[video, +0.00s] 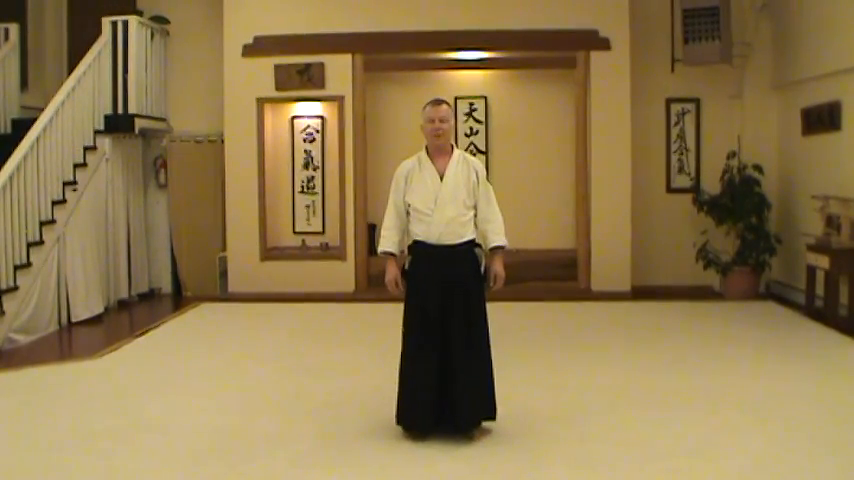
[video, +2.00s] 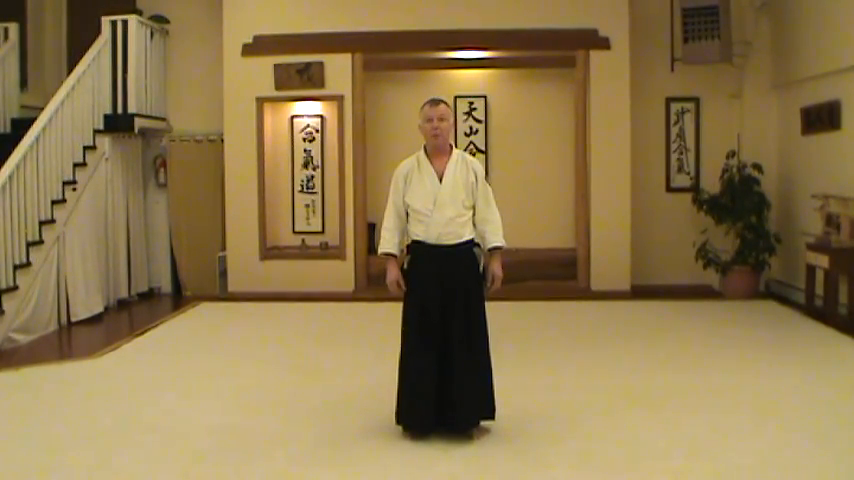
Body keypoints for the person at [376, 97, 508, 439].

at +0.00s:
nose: (437, 126)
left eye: (443, 121)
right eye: (431, 121)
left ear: (453, 125)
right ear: (422, 126)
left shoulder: (471, 166)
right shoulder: (408, 169)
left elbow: (488, 211)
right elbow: (394, 216)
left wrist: (495, 255)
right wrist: (391, 260)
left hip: (463, 259)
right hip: (424, 260)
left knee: (465, 336)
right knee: (423, 337)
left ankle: (466, 416)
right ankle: (420, 417)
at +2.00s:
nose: (435, 126)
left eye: (442, 120)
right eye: (429, 120)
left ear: (453, 124)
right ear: (420, 127)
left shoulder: (470, 166)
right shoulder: (406, 170)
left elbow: (486, 212)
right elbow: (393, 217)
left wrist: (494, 256)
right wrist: (391, 262)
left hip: (462, 260)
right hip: (422, 260)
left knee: (463, 335)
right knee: (422, 336)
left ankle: (463, 416)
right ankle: (419, 417)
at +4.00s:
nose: (436, 122)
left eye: (442, 117)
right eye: (429, 117)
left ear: (453, 124)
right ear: (420, 125)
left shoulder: (470, 167)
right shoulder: (405, 170)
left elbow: (485, 213)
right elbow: (392, 217)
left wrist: (493, 258)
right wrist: (389, 261)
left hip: (461, 260)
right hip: (422, 260)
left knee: (463, 337)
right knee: (422, 337)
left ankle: (464, 417)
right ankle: (420, 418)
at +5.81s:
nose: (432, 137)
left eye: (438, 131)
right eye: (425, 131)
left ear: (448, 130)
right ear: (416, 133)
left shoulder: (466, 168)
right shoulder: (402, 171)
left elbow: (482, 213)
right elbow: (389, 217)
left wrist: (490, 255)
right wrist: (386, 261)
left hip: (458, 260)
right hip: (419, 261)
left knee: (460, 336)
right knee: (419, 337)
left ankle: (462, 416)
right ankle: (419, 417)